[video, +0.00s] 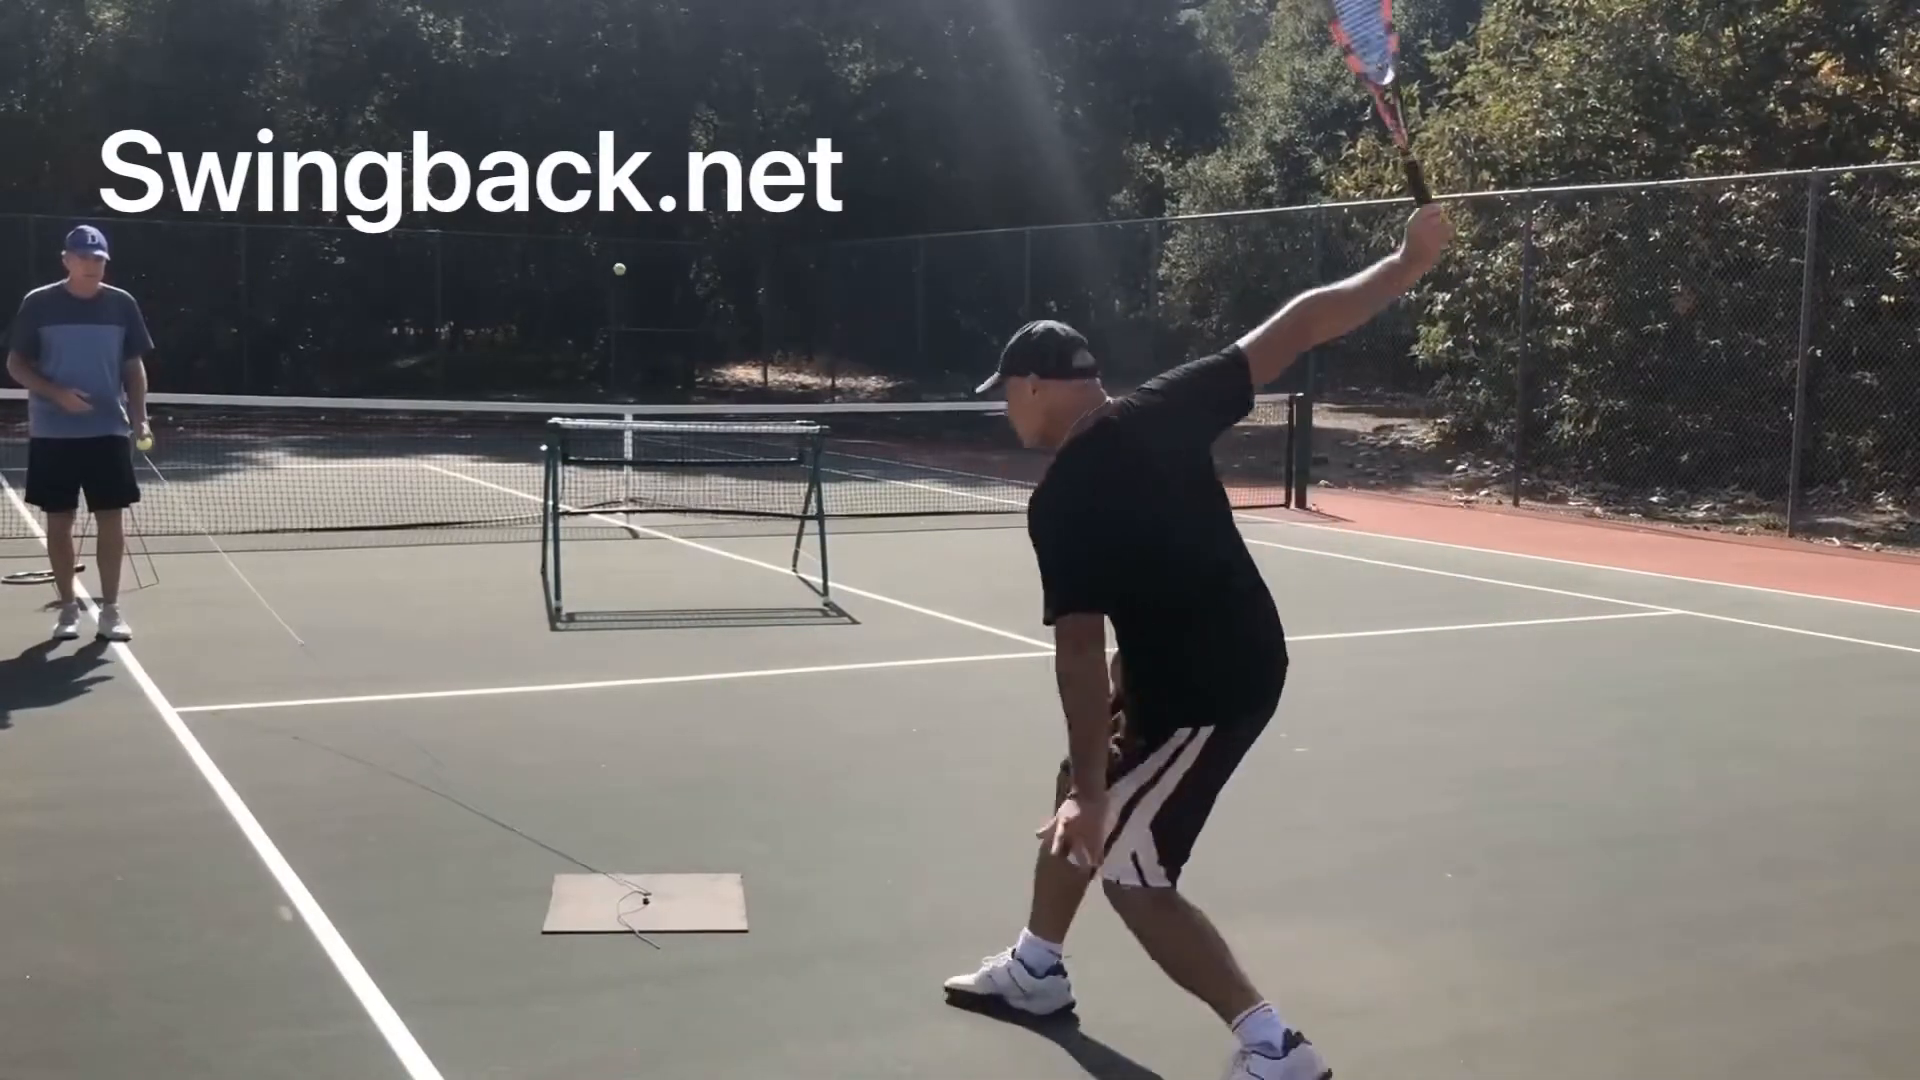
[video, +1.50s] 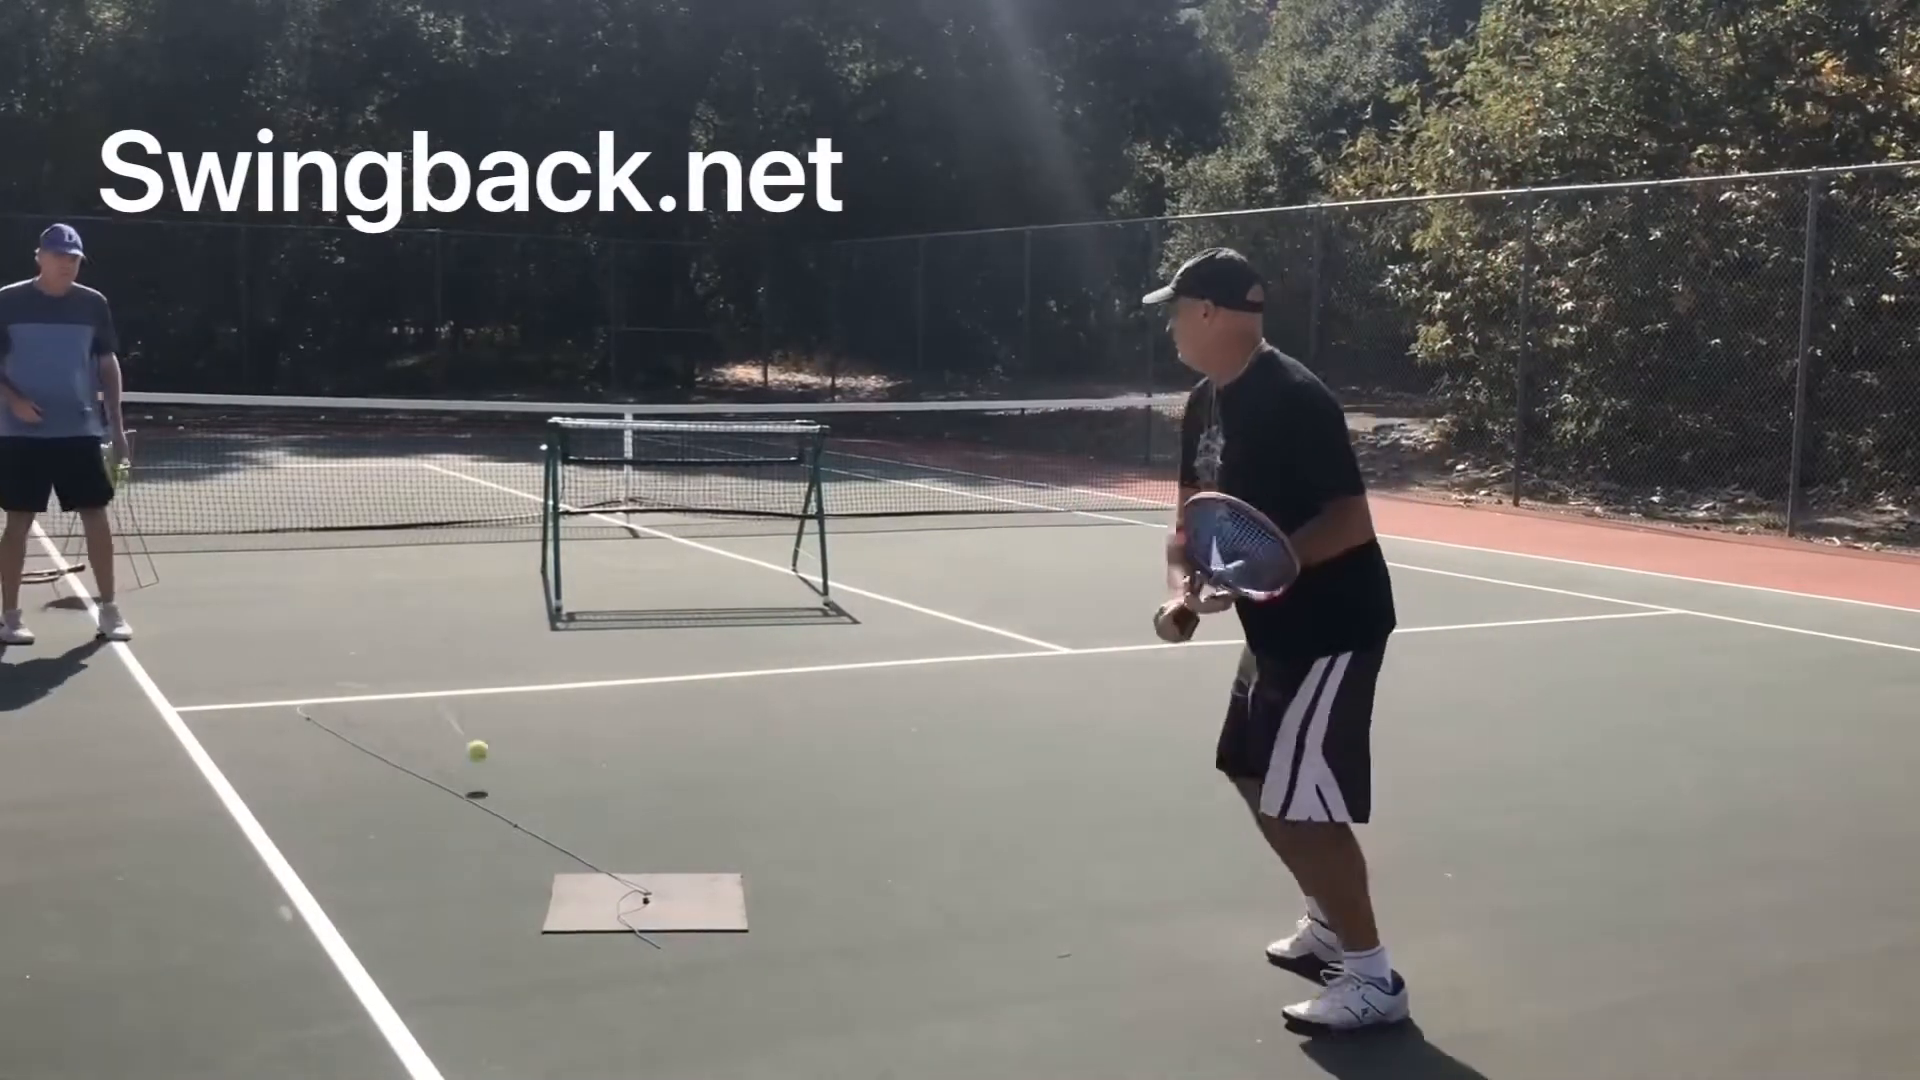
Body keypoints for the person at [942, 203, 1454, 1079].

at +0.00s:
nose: (1009, 409)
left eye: (1011, 393)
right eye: (1008, 394)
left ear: (1044, 388)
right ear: (1084, 379)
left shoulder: (1060, 497)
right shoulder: (1170, 408)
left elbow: (1080, 655)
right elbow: (1297, 325)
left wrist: (1090, 793)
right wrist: (1408, 260)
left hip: (1202, 687)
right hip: (1236, 652)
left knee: (1131, 875)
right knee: (1081, 794)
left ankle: (1271, 1046)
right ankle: (1036, 966)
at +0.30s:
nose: (1145, 324)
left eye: (1150, 310)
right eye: (1148, 309)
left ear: (1173, 315)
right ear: (1227, 312)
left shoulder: (1146, 426)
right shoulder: (1300, 374)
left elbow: (1111, 571)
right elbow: (1443, 401)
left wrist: (1041, 660)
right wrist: (1523, 357)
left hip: (1260, 657)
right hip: (1347, 638)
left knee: (1216, 834)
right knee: (1231, 799)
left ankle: (1288, 1060)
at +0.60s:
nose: (1253, 328)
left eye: (1257, 315)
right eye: (1256, 315)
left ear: (1278, 322)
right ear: (1334, 321)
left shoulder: (1266, 425)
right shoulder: (1402, 403)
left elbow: (1272, 566)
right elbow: (1465, 529)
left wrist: (1224, 623)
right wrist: (1405, 589)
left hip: (1318, 676)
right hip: (1422, 671)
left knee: (1249, 839)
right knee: (1430, 837)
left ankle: (1288, 1040)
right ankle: (1490, 1003)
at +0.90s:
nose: (1242, 285)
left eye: (1250, 274)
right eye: (1246, 272)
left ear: (1278, 282)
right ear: (1325, 285)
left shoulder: (1258, 376)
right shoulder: (1384, 363)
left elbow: (1261, 519)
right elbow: (1413, 491)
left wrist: (1219, 559)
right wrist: (1285, 552)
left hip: (1305, 619)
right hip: (1396, 618)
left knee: (1227, 767)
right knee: (1384, 775)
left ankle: (1233, 983)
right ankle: (1431, 955)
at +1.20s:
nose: (1222, 306)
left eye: (1231, 293)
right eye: (1226, 293)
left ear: (1267, 300)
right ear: (1287, 301)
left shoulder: (1296, 384)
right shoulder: (1305, 375)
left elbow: (1311, 530)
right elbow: (1299, 521)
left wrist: (1213, 569)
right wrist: (1232, 582)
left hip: (1326, 627)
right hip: (1337, 618)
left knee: (1256, 788)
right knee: (1301, 777)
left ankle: (1253, 996)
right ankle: (1349, 939)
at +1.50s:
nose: (1171, 326)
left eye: (1181, 312)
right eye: (1174, 313)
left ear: (1223, 317)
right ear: (1217, 319)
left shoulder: (1297, 399)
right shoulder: (1205, 402)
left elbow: (1351, 520)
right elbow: (1194, 514)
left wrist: (1252, 569)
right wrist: (1187, 587)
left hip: (1338, 629)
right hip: (1277, 626)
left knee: (1299, 793)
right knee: (1251, 769)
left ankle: (1373, 977)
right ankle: (1334, 925)